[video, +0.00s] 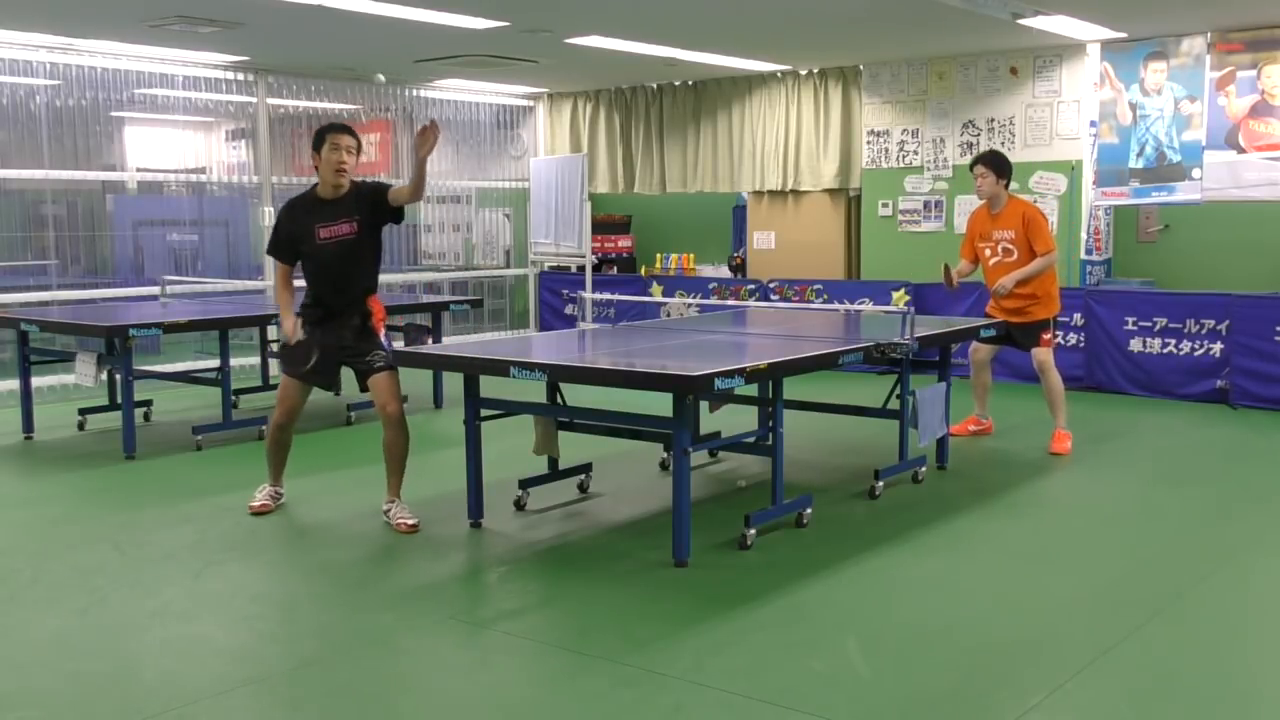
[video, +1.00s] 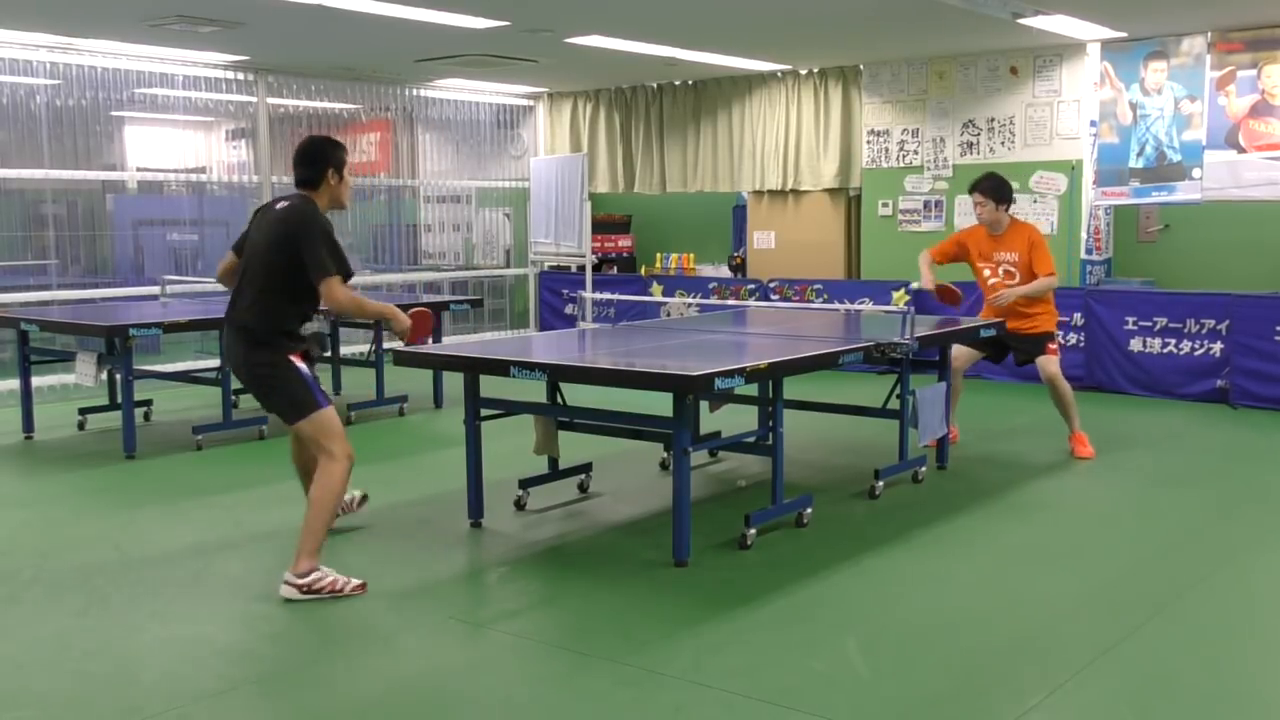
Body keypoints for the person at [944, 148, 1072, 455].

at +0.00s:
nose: (977, 183)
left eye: (983, 177)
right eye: (975, 177)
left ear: (1002, 179)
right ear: (975, 181)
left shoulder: (1028, 213)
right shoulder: (977, 218)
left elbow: (1050, 256)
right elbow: (970, 260)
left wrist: (1014, 277)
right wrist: (956, 273)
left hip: (1037, 306)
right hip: (1000, 306)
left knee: (1042, 360)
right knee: (978, 355)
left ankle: (1061, 429)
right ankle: (981, 419)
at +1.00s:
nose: (977, 211)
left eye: (982, 205)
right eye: (975, 205)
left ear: (1003, 206)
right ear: (973, 206)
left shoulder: (1029, 234)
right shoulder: (970, 238)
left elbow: (1050, 280)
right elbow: (926, 255)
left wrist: (1016, 292)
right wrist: (927, 276)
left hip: (1035, 322)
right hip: (993, 321)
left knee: (1051, 374)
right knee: (953, 361)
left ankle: (1076, 433)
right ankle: (947, 427)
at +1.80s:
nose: (1025, 197)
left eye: (1031, 190)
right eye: (1022, 191)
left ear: (1050, 192)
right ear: (1020, 194)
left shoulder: (1077, 225)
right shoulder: (1020, 231)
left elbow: (1100, 264)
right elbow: (1008, 270)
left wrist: (1076, 292)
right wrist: (1003, 285)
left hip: (1079, 309)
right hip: (1041, 309)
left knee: (1086, 365)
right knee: (1016, 360)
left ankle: (1121, 421)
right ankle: (1022, 410)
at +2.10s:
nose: (1072, 205)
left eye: (1078, 199)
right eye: (1069, 200)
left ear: (1096, 201)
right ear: (1067, 204)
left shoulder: (1124, 229)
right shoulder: (1059, 238)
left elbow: (1156, 253)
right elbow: (1012, 242)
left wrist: (1165, 294)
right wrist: (977, 227)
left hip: (1131, 316)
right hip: (1089, 320)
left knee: (1147, 366)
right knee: (1053, 371)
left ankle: (1184, 425)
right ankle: (1046, 411)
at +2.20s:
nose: (1077, 206)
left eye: (1083, 200)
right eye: (1074, 201)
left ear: (1101, 203)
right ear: (1071, 204)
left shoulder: (1128, 235)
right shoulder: (1064, 239)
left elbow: (1160, 271)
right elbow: (1021, 252)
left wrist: (1167, 309)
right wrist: (987, 237)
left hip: (1131, 321)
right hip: (1091, 324)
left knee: (1145, 370)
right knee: (1051, 371)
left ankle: (1184, 427)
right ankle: (1046, 411)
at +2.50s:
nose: (1048, 177)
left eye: (1054, 171)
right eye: (1046, 172)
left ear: (1072, 173)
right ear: (1044, 175)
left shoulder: (1095, 208)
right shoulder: (1040, 209)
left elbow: (1121, 242)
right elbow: (1017, 245)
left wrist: (1101, 271)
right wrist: (996, 255)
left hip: (1094, 295)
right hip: (1057, 295)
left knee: (1107, 350)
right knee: (1026, 338)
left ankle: (1132, 411)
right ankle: (1033, 396)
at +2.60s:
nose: (1038, 182)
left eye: (1044, 176)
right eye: (1035, 177)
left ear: (1062, 178)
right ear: (1033, 180)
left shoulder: (1084, 212)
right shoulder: (1033, 216)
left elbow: (1110, 246)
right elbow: (1021, 255)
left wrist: (1081, 272)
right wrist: (1000, 270)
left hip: (1087, 298)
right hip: (1050, 296)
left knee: (1094, 355)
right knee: (1020, 339)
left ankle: (1122, 410)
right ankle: (1010, 395)